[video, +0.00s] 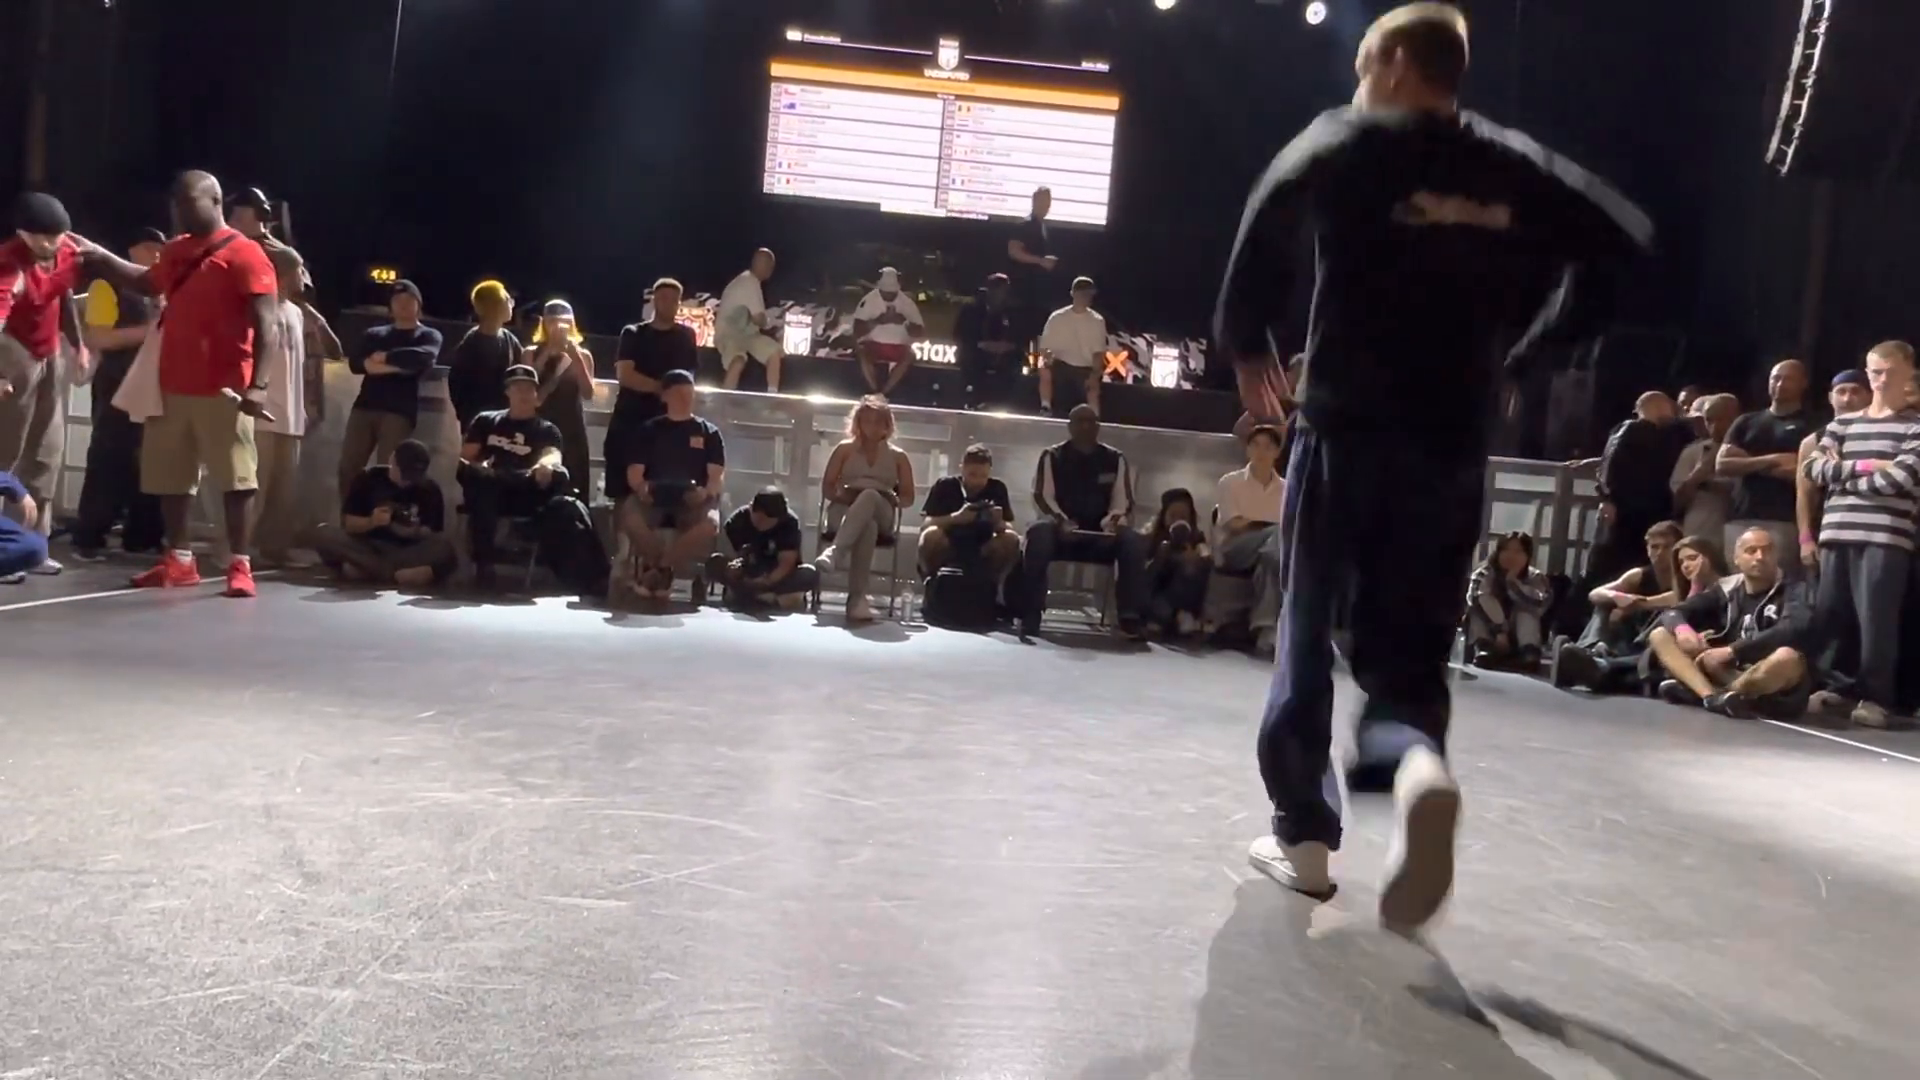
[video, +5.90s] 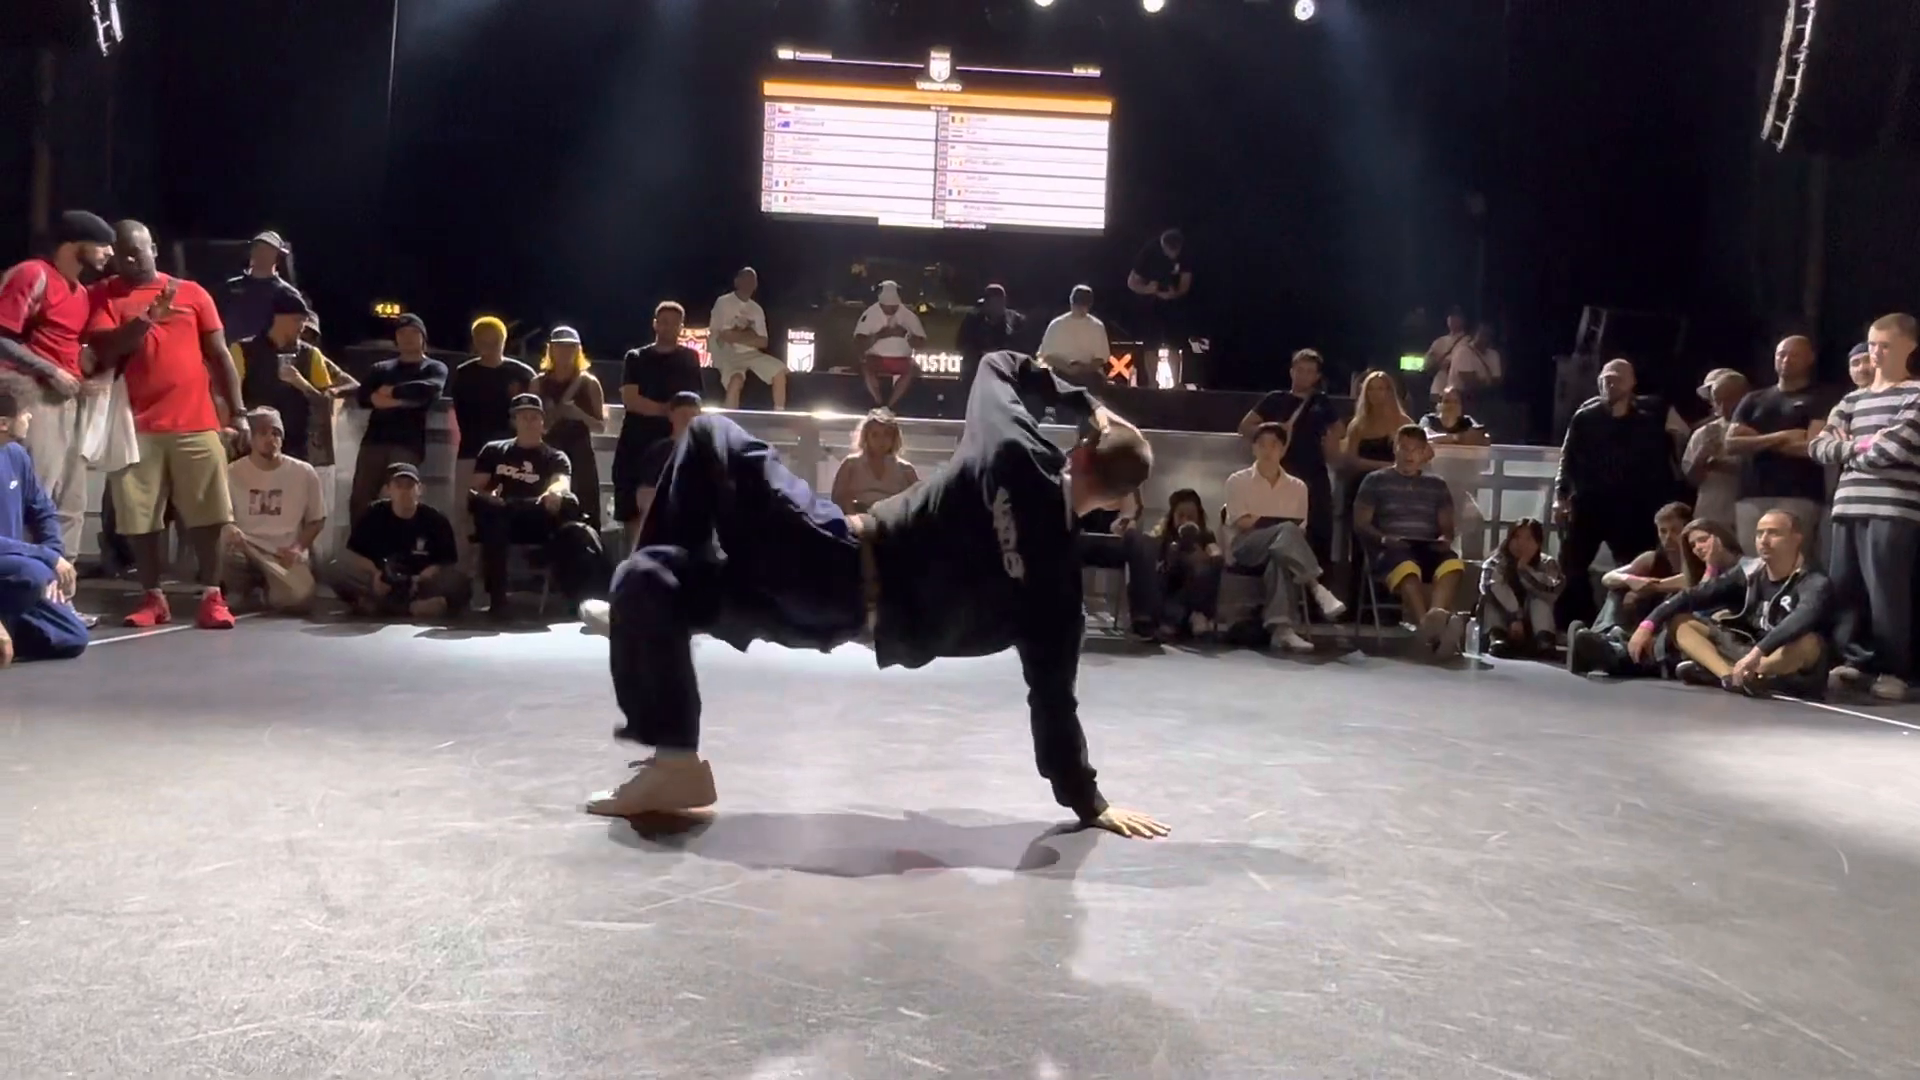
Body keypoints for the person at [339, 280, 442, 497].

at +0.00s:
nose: (403, 305)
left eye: (408, 300)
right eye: (398, 301)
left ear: (418, 305)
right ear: (391, 307)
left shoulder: (430, 335)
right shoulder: (374, 333)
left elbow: (423, 360)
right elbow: (356, 364)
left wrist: (384, 356)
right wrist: (398, 366)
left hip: (399, 413)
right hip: (365, 409)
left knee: (387, 474)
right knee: (348, 468)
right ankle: (349, 526)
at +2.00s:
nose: (391, 319)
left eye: (396, 314)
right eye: (386, 314)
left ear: (405, 319)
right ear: (378, 320)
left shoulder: (417, 350)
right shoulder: (363, 347)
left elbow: (410, 375)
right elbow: (342, 378)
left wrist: (369, 371)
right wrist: (386, 382)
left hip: (387, 424)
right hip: (354, 421)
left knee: (378, 487)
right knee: (337, 483)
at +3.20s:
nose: (376, 352)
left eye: (382, 346)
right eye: (372, 347)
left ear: (393, 351)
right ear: (366, 352)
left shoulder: (406, 380)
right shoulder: (351, 380)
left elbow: (401, 405)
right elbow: (332, 411)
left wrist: (361, 404)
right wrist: (373, 413)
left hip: (378, 456)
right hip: (346, 453)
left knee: (371, 517)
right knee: (330, 516)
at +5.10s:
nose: (397, 348)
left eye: (402, 343)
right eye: (392, 344)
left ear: (412, 348)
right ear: (385, 349)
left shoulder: (425, 377)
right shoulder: (370, 377)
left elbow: (420, 401)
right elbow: (353, 409)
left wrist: (381, 400)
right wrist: (395, 409)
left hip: (397, 455)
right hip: (365, 453)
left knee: (390, 515)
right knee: (352, 513)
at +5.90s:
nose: (407, 338)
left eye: (413, 333)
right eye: (403, 333)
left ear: (423, 339)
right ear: (396, 339)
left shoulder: (435, 367)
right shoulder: (381, 368)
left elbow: (430, 391)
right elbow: (363, 398)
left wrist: (391, 391)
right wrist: (405, 401)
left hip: (408, 443)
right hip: (375, 441)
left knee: (402, 501)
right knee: (361, 499)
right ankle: (358, 551)